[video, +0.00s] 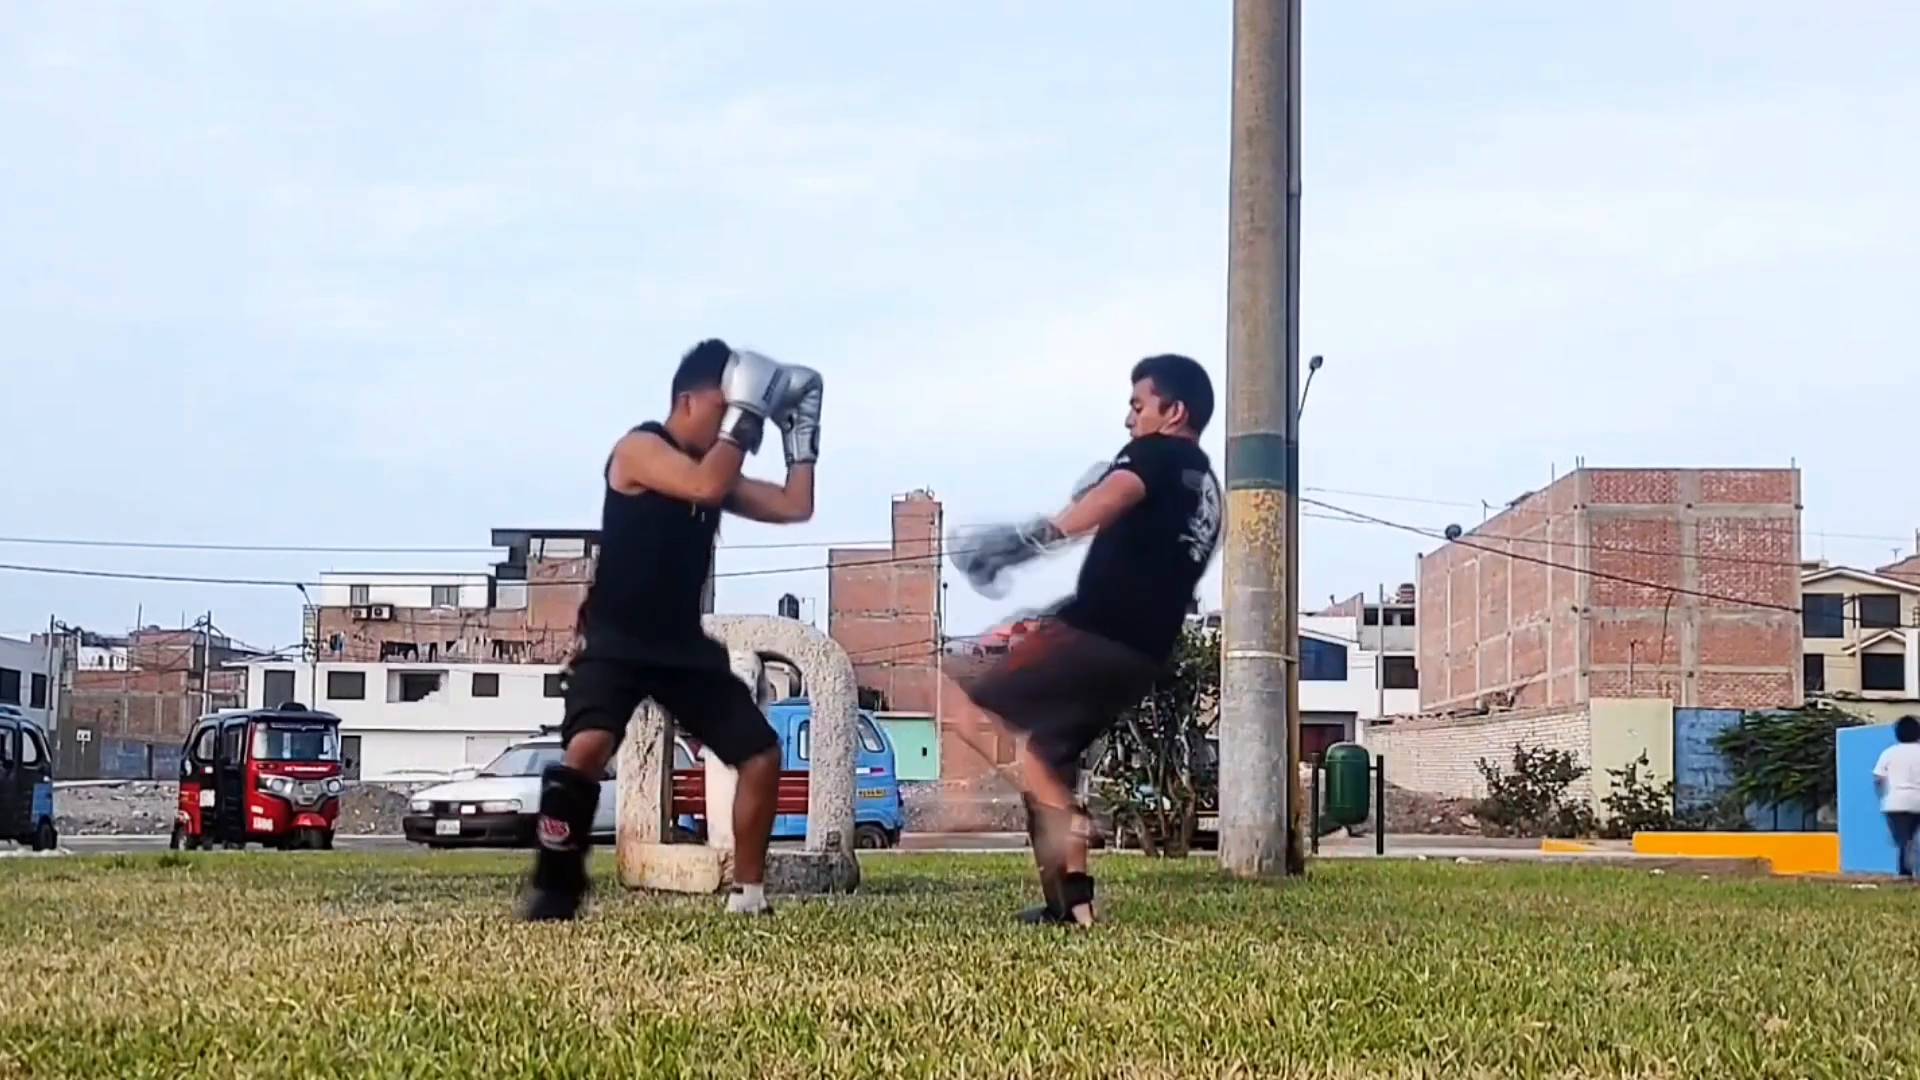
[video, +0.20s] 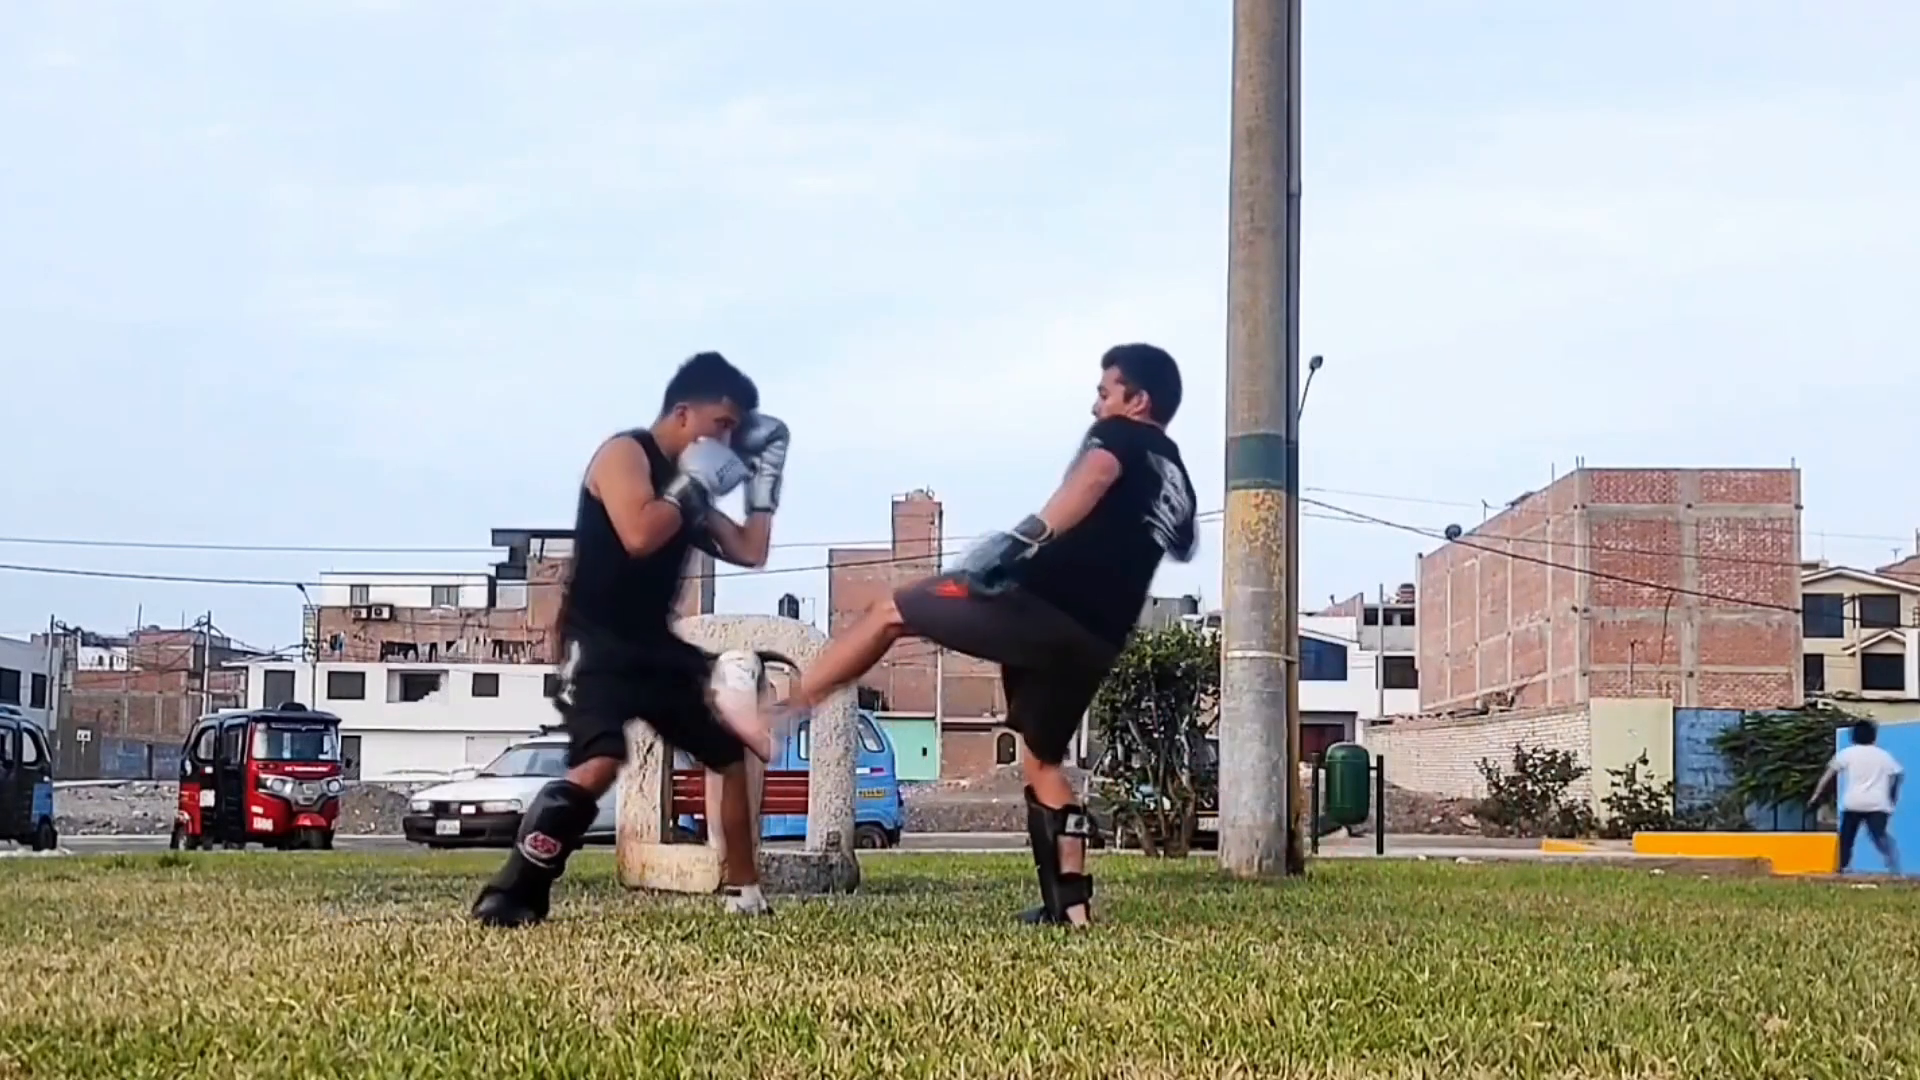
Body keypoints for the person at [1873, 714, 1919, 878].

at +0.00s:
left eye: (1901, 731)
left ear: (1898, 733)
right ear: (1917, 733)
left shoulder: (1890, 752)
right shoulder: (1917, 750)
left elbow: (1879, 775)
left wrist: (1881, 794)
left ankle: (1907, 873)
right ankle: (1905, 873)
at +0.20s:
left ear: (1854, 737)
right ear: (1873, 737)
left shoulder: (1847, 754)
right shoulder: (1882, 755)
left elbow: (1829, 772)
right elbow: (1898, 773)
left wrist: (1816, 795)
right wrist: (1893, 796)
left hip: (1853, 804)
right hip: (1878, 804)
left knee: (1846, 839)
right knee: (1880, 835)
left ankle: (1841, 868)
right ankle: (1894, 867)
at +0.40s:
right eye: (1842, 741)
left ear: (1826, 743)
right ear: (1844, 743)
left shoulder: (1818, 760)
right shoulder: (1850, 759)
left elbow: (1808, 778)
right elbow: (1860, 773)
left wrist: (1818, 788)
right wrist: (1868, 790)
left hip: (1820, 803)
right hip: (1842, 804)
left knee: (1823, 836)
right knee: (1836, 836)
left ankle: (1827, 864)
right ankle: (1829, 862)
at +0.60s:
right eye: (1825, 745)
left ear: (1807, 746)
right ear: (1823, 747)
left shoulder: (1796, 762)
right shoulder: (1830, 764)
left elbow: (1783, 779)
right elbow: (1838, 785)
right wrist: (1842, 806)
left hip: (1800, 808)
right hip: (1823, 809)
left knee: (1790, 831)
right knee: (1821, 841)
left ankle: (1796, 856)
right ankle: (1818, 866)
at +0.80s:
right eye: (1805, 750)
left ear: (1790, 752)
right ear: (1807, 753)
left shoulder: (1782, 768)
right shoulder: (1812, 770)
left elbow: (1762, 779)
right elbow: (1821, 791)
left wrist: (1751, 783)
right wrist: (1834, 800)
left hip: (1784, 815)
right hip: (1805, 815)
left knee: (1781, 845)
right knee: (1808, 839)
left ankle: (1782, 870)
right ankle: (1806, 859)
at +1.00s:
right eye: (1801, 756)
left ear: (1786, 757)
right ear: (1802, 759)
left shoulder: (1778, 773)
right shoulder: (1807, 776)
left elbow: (1764, 791)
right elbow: (1823, 792)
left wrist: (1758, 806)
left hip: (1775, 817)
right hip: (1795, 818)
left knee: (1771, 835)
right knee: (1792, 845)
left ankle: (1770, 856)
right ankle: (1791, 869)